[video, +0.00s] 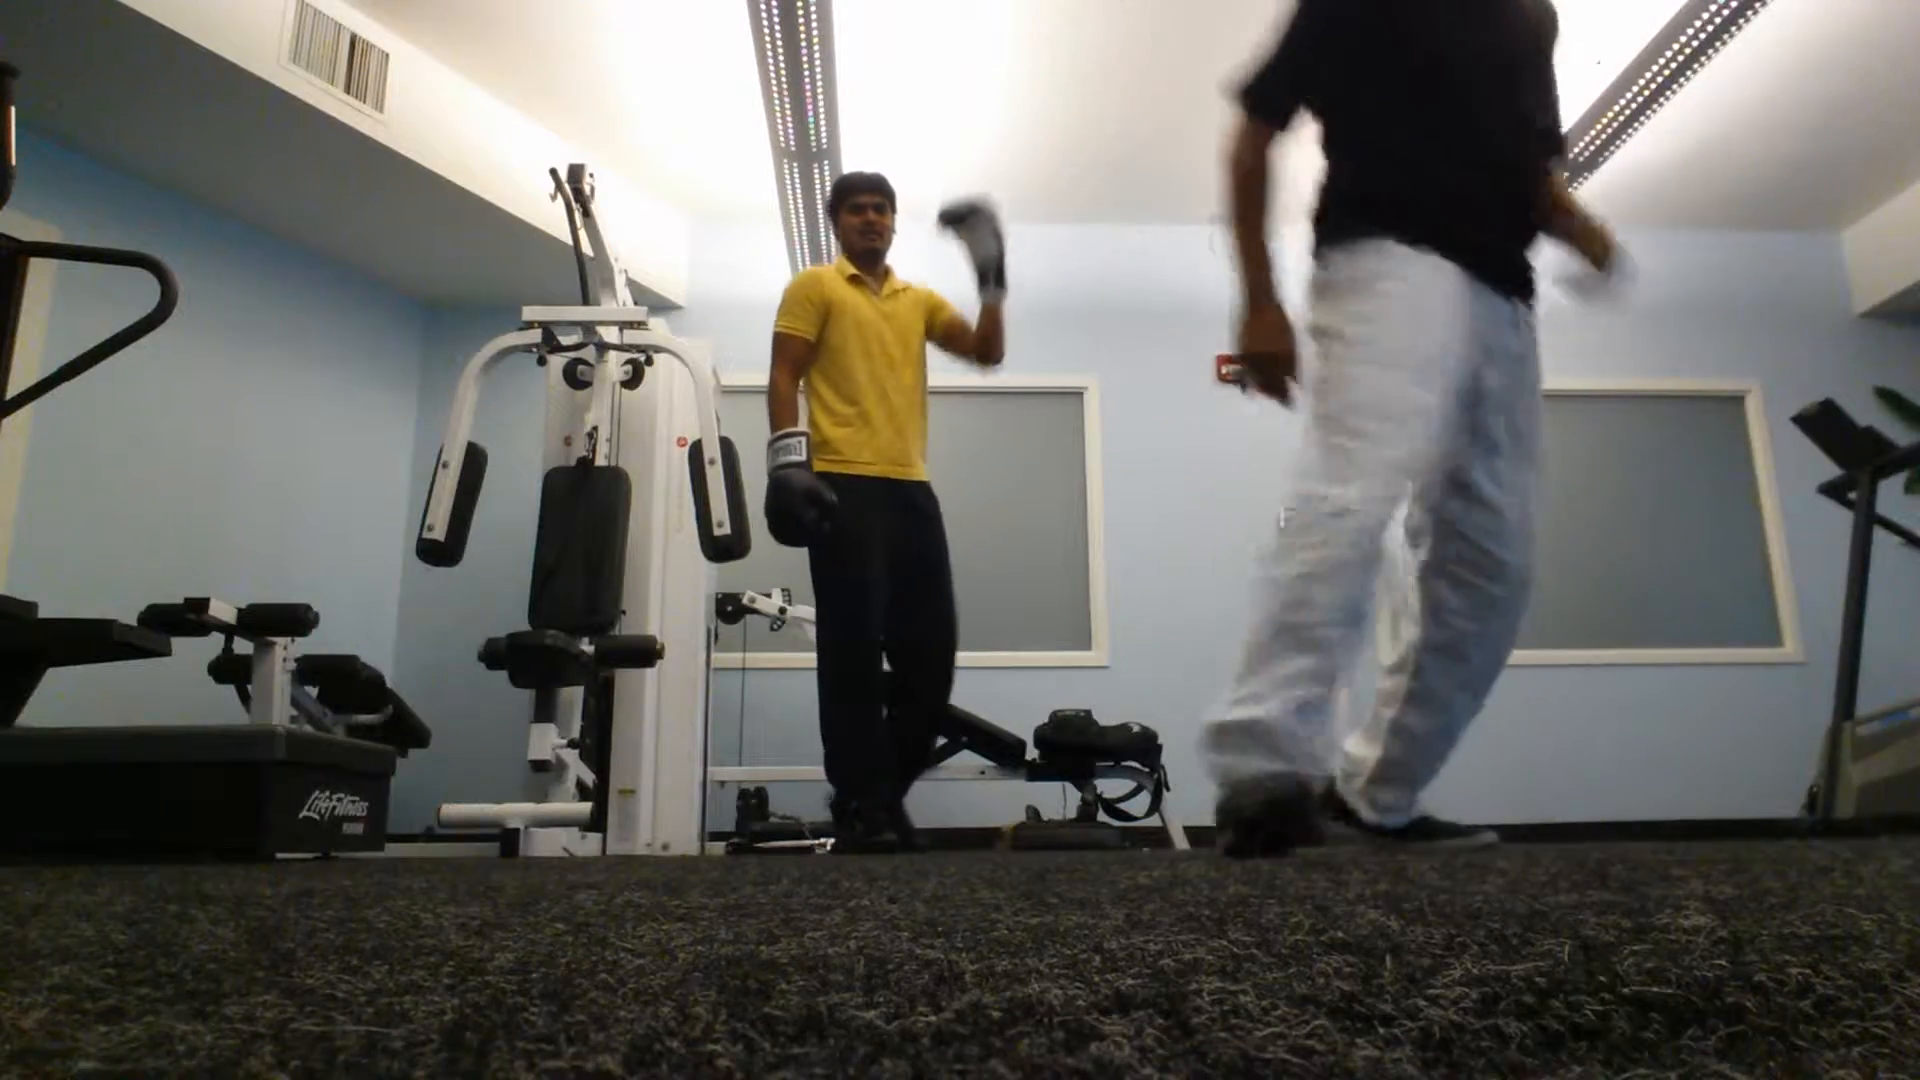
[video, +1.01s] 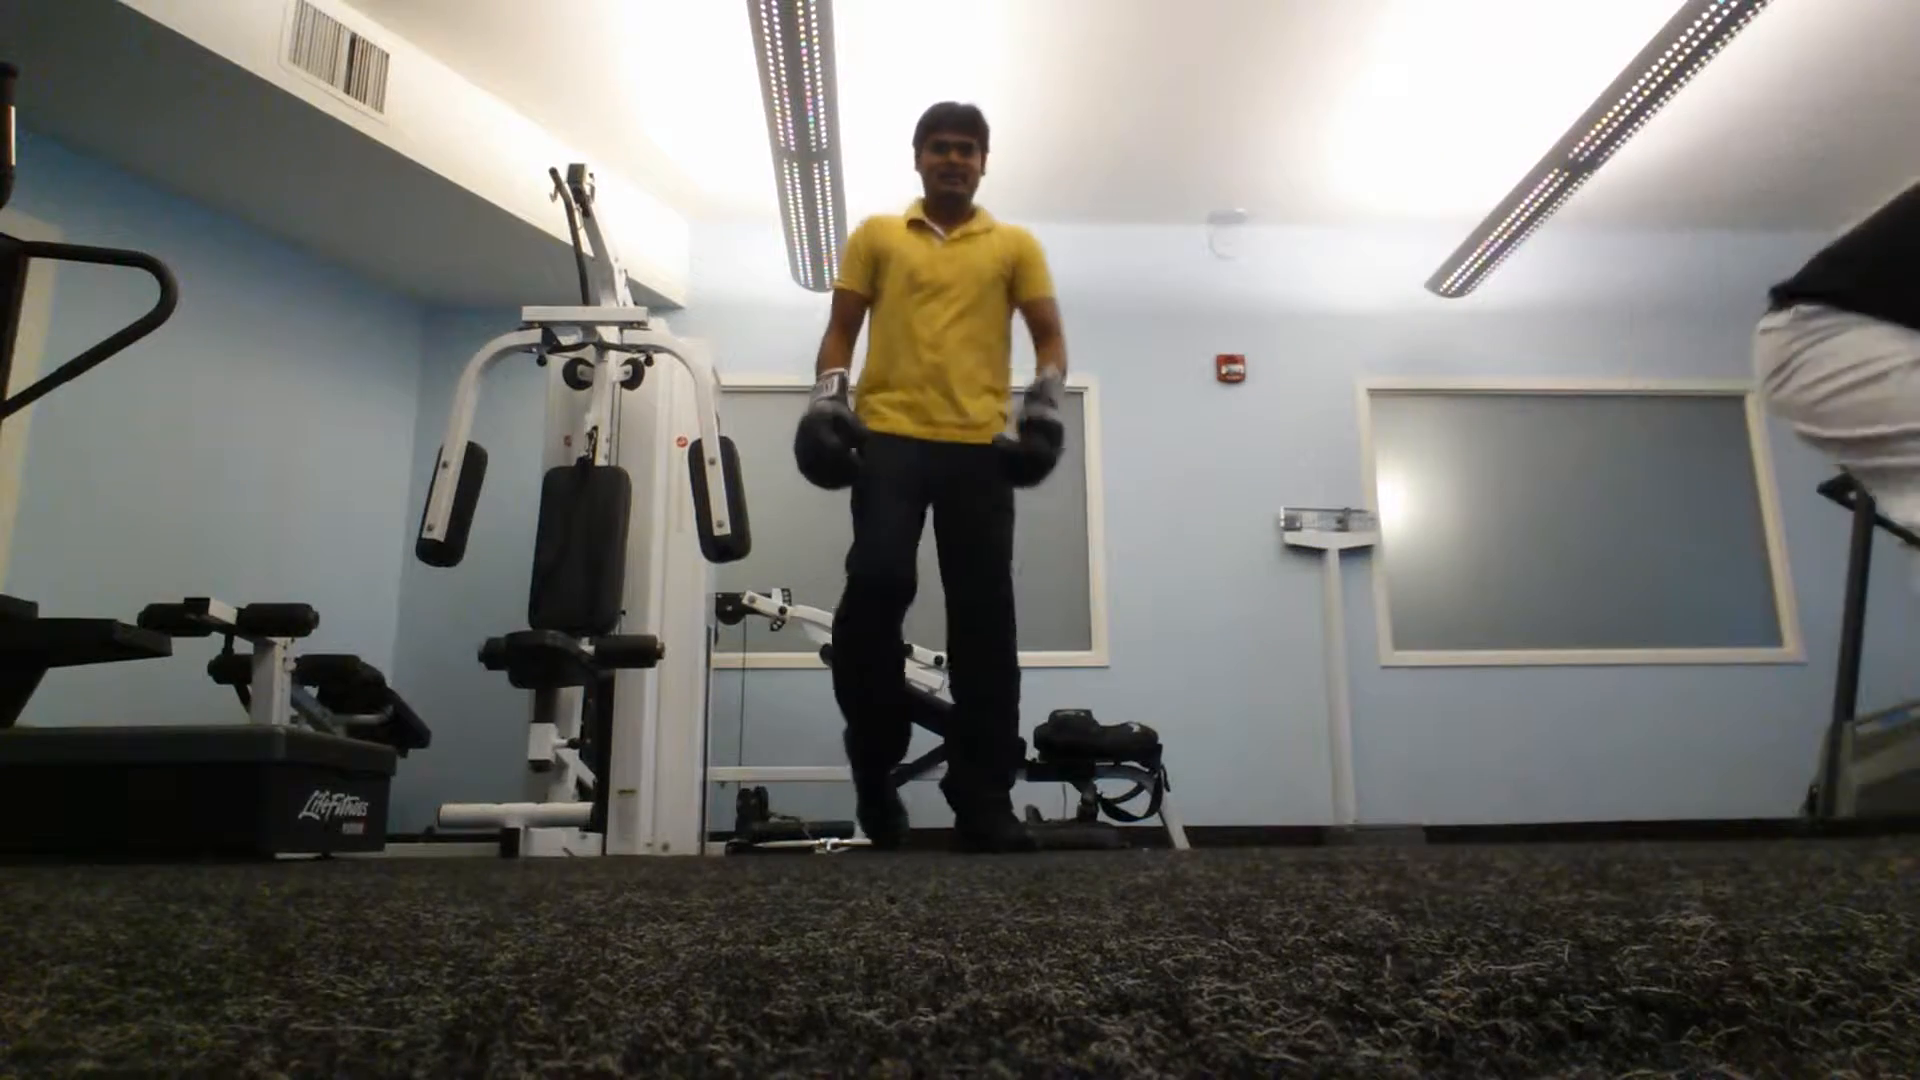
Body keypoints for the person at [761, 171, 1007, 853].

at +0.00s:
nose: (871, 220)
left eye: (881, 210)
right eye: (858, 210)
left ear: (894, 222)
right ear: (835, 223)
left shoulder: (917, 298)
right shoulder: (815, 287)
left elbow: (985, 351)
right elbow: (785, 375)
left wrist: (990, 269)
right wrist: (789, 462)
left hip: (909, 490)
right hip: (840, 487)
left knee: (928, 649)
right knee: (852, 649)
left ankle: (884, 800)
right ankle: (857, 810)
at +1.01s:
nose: (954, 161)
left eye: (966, 151)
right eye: (941, 150)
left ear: (985, 163)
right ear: (917, 159)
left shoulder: (1014, 247)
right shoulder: (878, 238)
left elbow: (1049, 339)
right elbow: (841, 328)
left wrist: (1044, 404)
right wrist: (827, 396)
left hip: (979, 446)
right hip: (889, 441)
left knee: (984, 615)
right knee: (876, 591)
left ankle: (984, 799)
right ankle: (875, 778)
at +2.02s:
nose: (899, 15)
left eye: (914, 3)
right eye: (882, 4)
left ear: (935, 18)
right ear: (857, 20)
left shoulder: (983, 123)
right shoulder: (821, 118)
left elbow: (1030, 237)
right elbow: (783, 223)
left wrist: (1066, 342)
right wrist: (764, 299)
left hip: (957, 369)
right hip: (846, 371)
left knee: (969, 572)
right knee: (854, 593)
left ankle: (993, 790)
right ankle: (864, 807)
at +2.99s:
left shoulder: (1055, 89)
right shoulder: (881, 67)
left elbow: (1085, 220)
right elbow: (829, 192)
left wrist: (1111, 341)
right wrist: (800, 299)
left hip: (999, 322)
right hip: (892, 298)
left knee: (1009, 540)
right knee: (961, 246)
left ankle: (981, 782)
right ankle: (917, 484)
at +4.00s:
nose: (948, 122)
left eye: (963, 113)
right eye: (935, 111)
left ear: (981, 134)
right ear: (911, 128)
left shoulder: (1014, 212)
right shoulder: (872, 218)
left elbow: (1046, 302)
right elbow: (840, 321)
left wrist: (1036, 378)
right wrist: (804, 417)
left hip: (989, 431)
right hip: (895, 431)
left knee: (984, 618)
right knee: (882, 613)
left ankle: (973, 809)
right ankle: (890, 805)